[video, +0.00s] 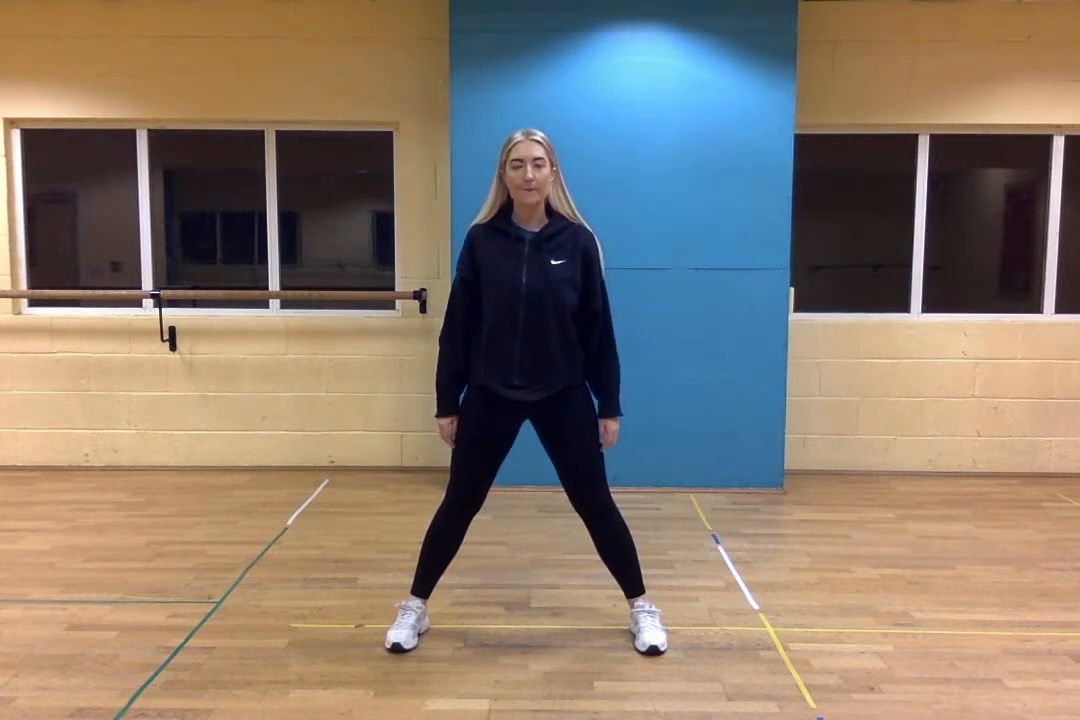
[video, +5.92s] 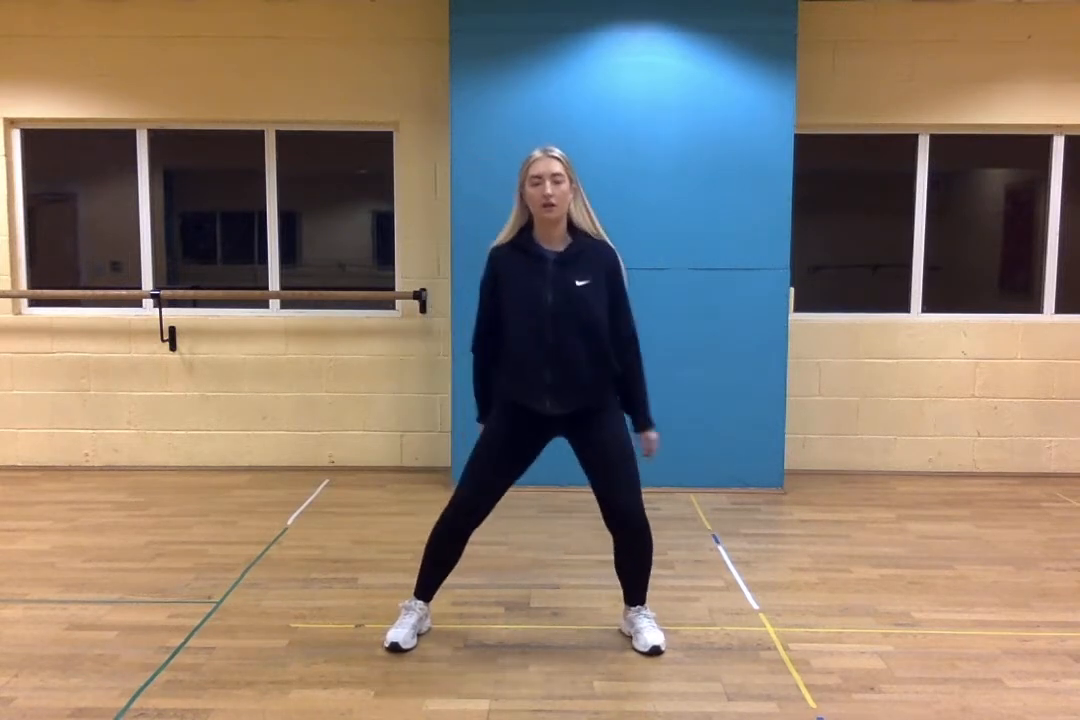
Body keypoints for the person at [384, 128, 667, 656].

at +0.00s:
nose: (529, 173)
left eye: (538, 163)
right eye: (518, 165)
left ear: (553, 172)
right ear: (504, 175)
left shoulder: (579, 239)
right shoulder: (482, 238)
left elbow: (597, 324)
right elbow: (458, 321)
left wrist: (609, 404)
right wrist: (448, 401)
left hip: (562, 394)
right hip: (491, 394)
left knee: (594, 502)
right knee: (460, 501)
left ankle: (641, 607)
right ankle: (414, 606)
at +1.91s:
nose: (529, 174)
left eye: (539, 165)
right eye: (519, 166)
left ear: (553, 173)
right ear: (504, 176)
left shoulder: (579, 240)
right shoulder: (482, 238)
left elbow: (597, 324)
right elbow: (458, 321)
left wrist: (608, 404)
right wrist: (448, 402)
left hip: (562, 394)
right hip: (491, 393)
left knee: (594, 502)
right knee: (460, 500)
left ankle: (641, 607)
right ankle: (414, 606)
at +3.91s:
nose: (543, 178)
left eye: (552, 168)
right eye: (532, 170)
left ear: (568, 177)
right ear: (518, 181)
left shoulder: (597, 244)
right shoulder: (499, 246)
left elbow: (622, 330)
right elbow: (471, 325)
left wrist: (638, 413)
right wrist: (448, 403)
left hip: (584, 398)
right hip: (512, 399)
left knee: (627, 510)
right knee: (465, 505)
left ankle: (641, 609)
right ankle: (414, 604)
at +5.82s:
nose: (538, 179)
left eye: (547, 170)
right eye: (528, 171)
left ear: (563, 179)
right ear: (514, 183)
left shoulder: (590, 246)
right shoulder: (495, 248)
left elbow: (613, 326)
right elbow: (475, 328)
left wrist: (622, 403)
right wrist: (471, 404)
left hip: (586, 396)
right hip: (517, 398)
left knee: (618, 506)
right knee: (469, 505)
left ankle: (636, 611)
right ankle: (417, 607)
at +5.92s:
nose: (548, 189)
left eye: (557, 179)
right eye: (537, 182)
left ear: (572, 189)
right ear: (524, 193)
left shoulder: (600, 255)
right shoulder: (503, 258)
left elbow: (624, 338)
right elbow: (485, 338)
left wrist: (642, 418)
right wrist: (487, 412)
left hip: (594, 408)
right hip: (521, 409)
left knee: (629, 515)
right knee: (464, 509)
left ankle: (637, 612)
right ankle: (416, 607)